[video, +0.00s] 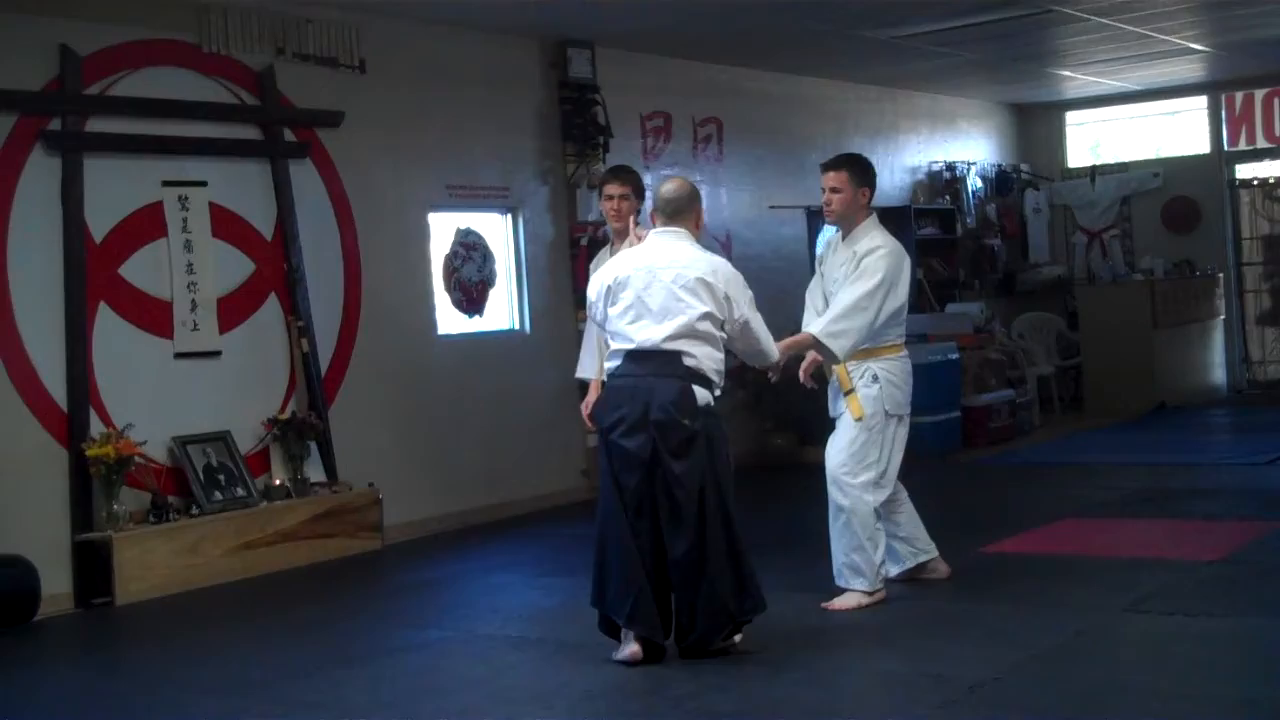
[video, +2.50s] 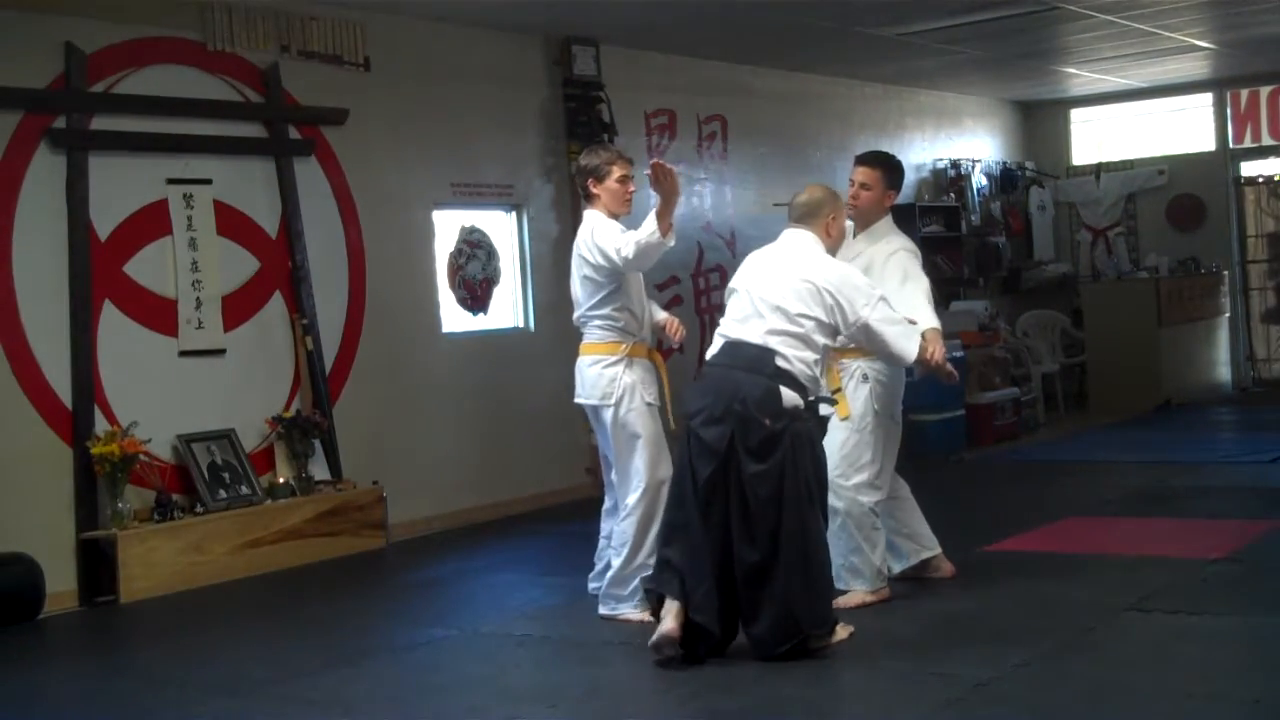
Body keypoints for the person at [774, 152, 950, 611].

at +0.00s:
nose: (825, 200)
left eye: (834, 192)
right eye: (823, 191)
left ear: (864, 196)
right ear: (825, 194)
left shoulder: (883, 251)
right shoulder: (830, 241)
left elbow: (853, 318)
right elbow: (822, 303)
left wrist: (787, 345)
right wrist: (818, 351)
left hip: (879, 372)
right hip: (846, 371)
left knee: (845, 466)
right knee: (872, 472)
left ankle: (864, 584)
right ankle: (923, 559)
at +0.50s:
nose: (836, 198)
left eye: (845, 190)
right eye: (834, 190)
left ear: (874, 197)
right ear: (838, 195)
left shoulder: (885, 250)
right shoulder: (851, 245)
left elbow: (841, 302)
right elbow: (849, 307)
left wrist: (783, 322)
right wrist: (827, 348)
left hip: (884, 374)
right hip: (856, 373)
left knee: (845, 465)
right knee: (869, 474)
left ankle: (868, 582)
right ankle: (925, 559)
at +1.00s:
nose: (827, 197)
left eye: (838, 190)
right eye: (827, 189)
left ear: (866, 196)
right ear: (832, 194)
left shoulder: (875, 251)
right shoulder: (841, 244)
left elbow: (828, 308)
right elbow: (845, 312)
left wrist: (765, 330)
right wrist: (824, 353)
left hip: (879, 373)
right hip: (853, 372)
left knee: (841, 468)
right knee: (869, 474)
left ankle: (867, 582)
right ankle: (925, 558)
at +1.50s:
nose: (831, 197)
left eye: (842, 190)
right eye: (830, 188)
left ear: (869, 198)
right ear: (831, 193)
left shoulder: (882, 254)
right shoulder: (833, 245)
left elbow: (856, 328)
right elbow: (810, 310)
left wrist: (817, 375)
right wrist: (801, 361)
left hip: (875, 373)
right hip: (846, 371)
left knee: (840, 470)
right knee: (868, 475)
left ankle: (864, 582)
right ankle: (926, 558)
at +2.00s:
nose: (852, 193)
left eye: (863, 187)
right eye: (851, 184)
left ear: (887, 197)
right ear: (848, 191)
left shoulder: (894, 251)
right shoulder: (842, 241)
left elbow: (921, 295)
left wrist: (941, 326)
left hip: (867, 370)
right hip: (835, 367)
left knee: (849, 479)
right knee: (864, 470)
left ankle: (864, 581)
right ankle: (924, 557)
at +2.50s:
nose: (851, 193)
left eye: (863, 187)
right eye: (851, 184)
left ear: (889, 197)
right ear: (849, 189)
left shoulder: (897, 250)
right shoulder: (845, 239)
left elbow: (918, 298)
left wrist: (931, 335)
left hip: (870, 370)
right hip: (837, 367)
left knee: (846, 476)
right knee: (869, 471)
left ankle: (864, 582)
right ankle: (926, 558)